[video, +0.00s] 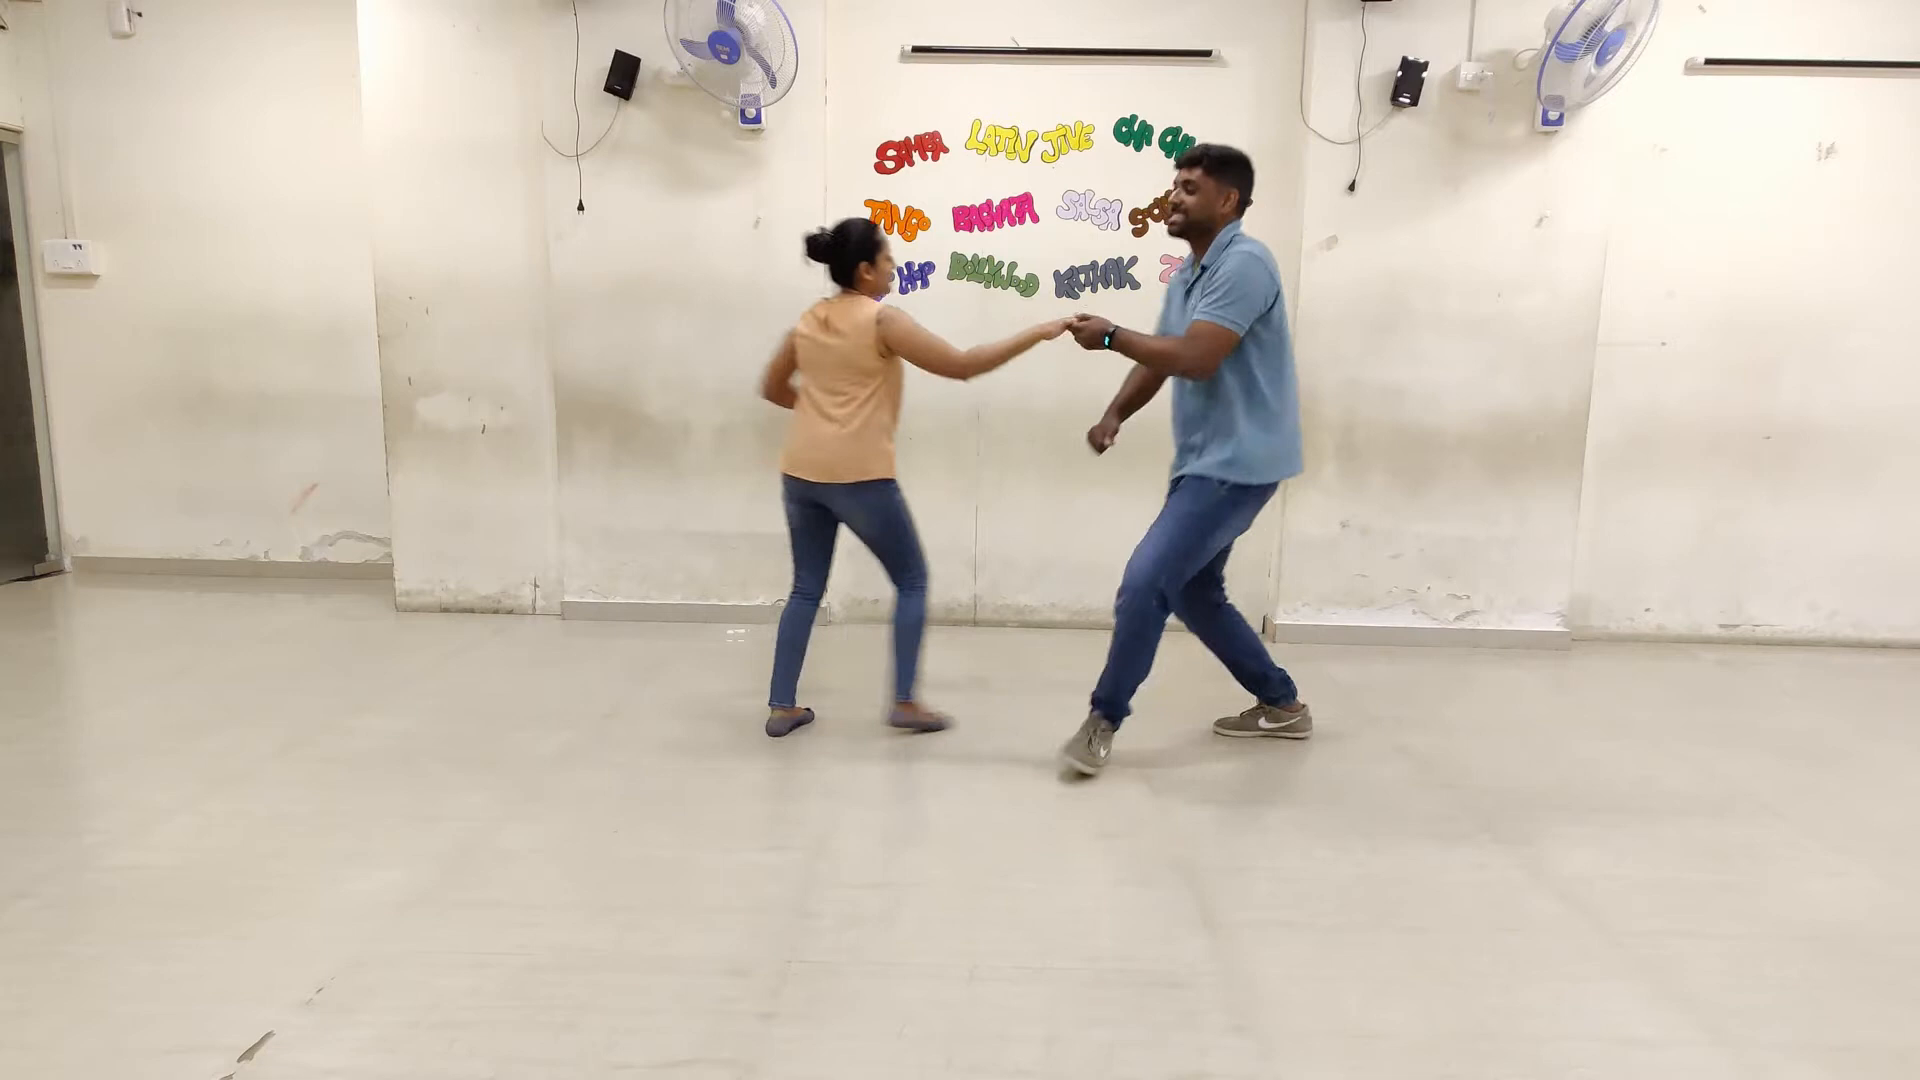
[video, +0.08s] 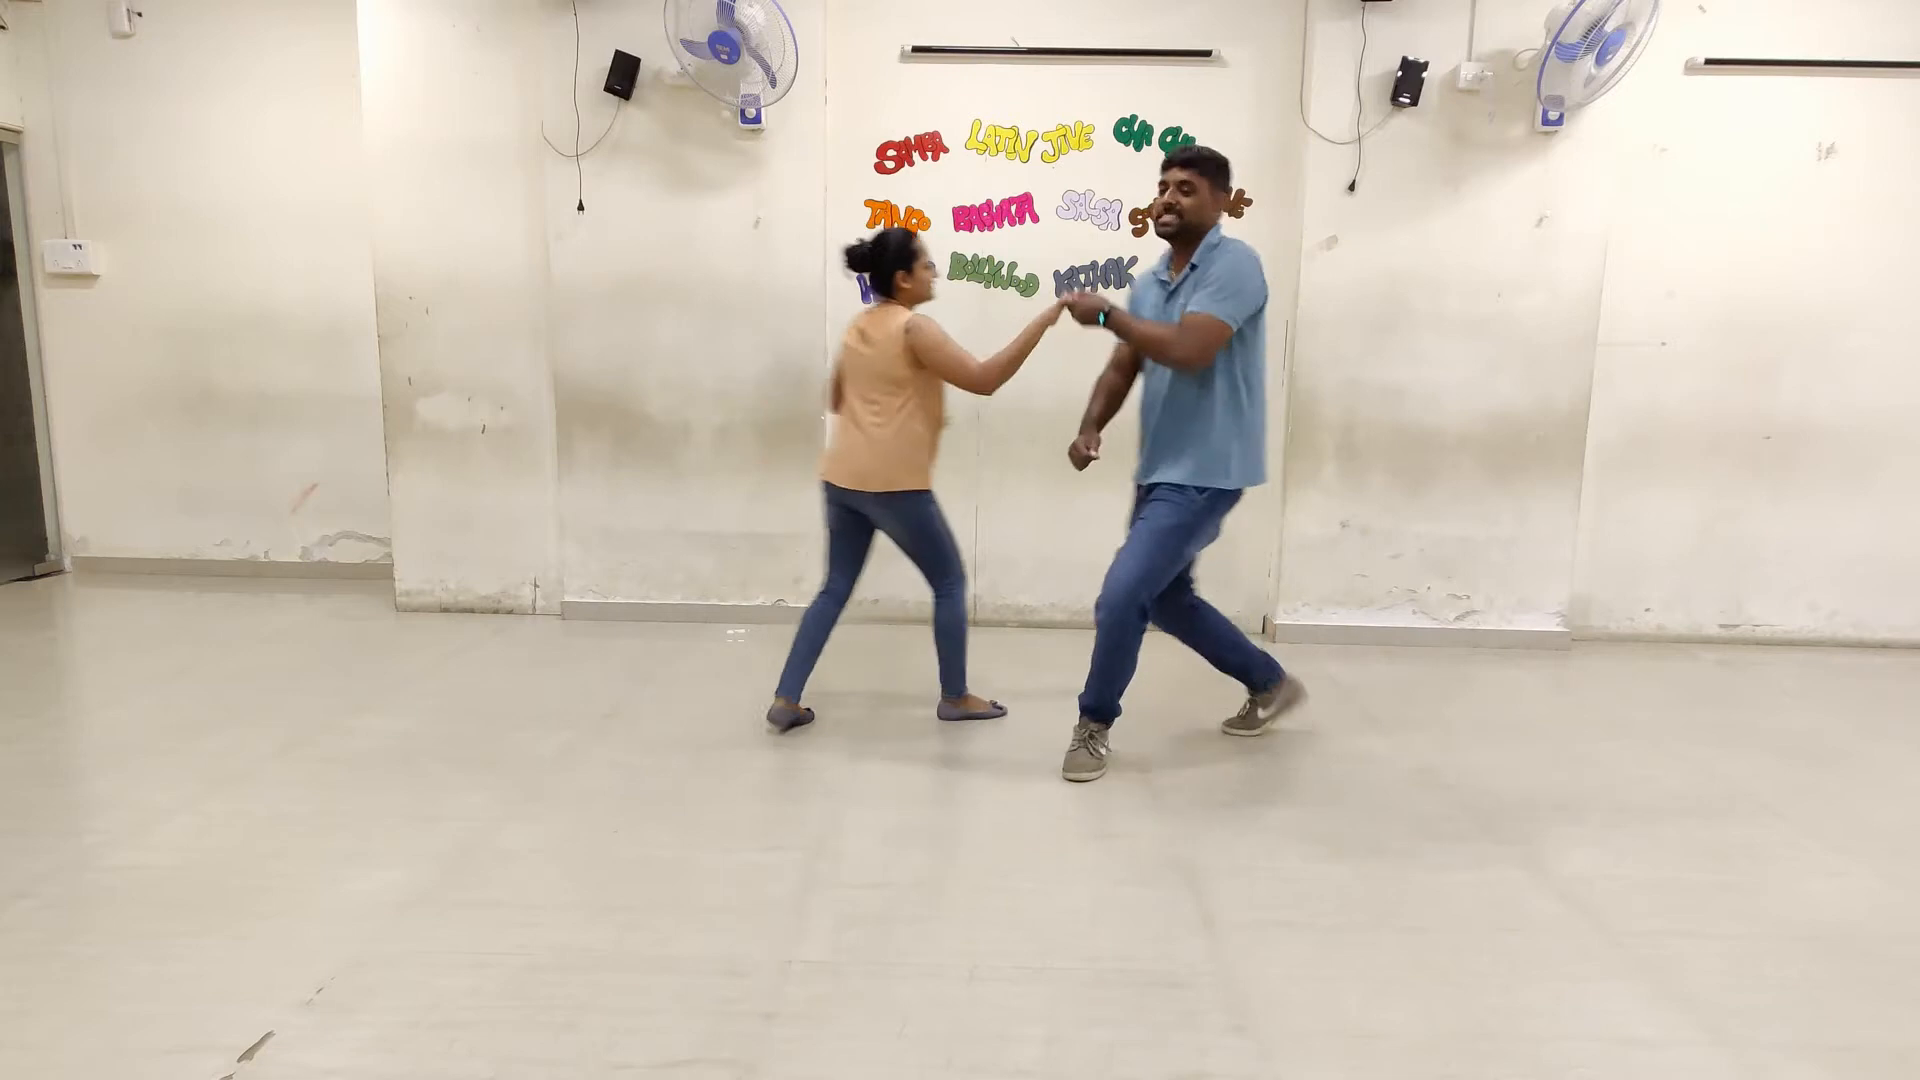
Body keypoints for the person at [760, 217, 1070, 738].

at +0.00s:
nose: (894, 264)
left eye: (889, 255)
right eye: (887, 256)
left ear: (849, 270)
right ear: (865, 268)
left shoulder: (811, 320)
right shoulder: (882, 320)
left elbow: (772, 386)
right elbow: (963, 366)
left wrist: (824, 403)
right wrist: (1037, 333)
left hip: (801, 473)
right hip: (860, 477)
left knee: (805, 588)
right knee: (911, 579)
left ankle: (781, 708)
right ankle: (905, 703)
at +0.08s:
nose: (934, 270)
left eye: (930, 263)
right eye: (925, 265)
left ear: (892, 278)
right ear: (901, 278)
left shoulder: (860, 325)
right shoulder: (915, 328)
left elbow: (837, 398)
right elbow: (984, 379)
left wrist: (902, 399)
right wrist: (1042, 322)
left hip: (843, 479)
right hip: (895, 484)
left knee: (835, 588)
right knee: (949, 581)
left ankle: (785, 699)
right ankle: (956, 696)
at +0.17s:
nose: (962, 271)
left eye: (958, 262)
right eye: (953, 264)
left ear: (919, 277)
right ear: (927, 275)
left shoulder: (894, 323)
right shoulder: (933, 325)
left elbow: (905, 390)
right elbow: (998, 374)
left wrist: (959, 404)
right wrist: (1043, 303)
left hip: (877, 478)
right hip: (921, 483)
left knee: (875, 583)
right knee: (969, 584)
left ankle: (801, 675)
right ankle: (956, 696)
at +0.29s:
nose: (1009, 259)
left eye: (1007, 250)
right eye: (999, 251)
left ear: (973, 263)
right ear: (969, 262)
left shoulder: (974, 309)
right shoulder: (959, 306)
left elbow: (975, 384)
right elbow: (999, 343)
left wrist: (1014, 384)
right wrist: (1032, 270)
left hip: (966, 463)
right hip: (949, 465)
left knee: (986, 569)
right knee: (980, 575)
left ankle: (912, 654)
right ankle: (958, 695)